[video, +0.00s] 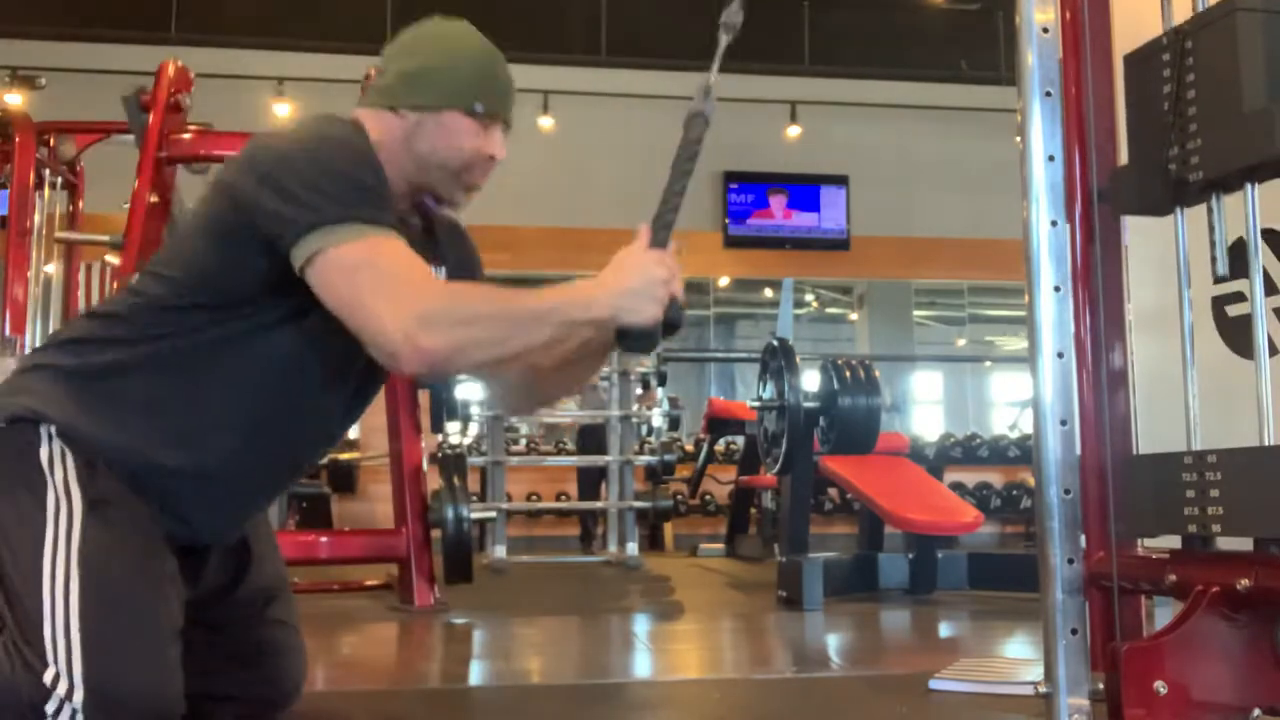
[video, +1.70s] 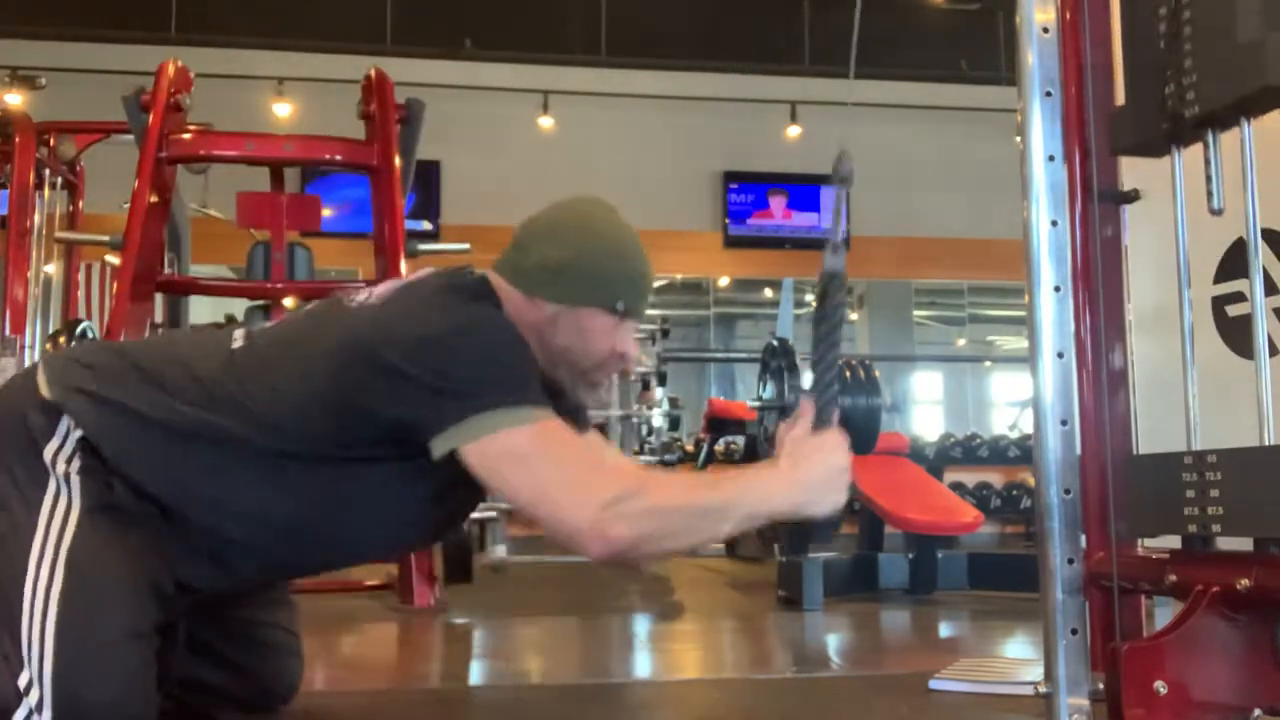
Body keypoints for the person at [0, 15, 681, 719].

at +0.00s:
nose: (499, 151)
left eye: (503, 129)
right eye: (483, 119)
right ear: (410, 104)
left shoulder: (438, 244)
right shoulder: (310, 159)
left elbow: (514, 389)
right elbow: (413, 329)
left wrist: (610, 331)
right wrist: (597, 298)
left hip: (207, 491)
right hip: (78, 448)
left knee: (259, 683)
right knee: (112, 696)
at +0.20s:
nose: (522, 238)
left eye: (531, 216)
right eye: (512, 208)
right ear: (454, 181)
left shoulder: (456, 303)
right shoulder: (339, 216)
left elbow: (496, 461)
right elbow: (384, 407)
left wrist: (576, 416)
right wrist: (576, 395)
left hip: (203, 509)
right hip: (75, 452)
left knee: (261, 683)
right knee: (85, 698)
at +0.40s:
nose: (536, 334)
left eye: (547, 314)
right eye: (532, 305)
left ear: (496, 294)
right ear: (474, 270)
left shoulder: (455, 361)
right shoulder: (355, 289)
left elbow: (479, 517)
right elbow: (369, 504)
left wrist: (561, 499)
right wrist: (553, 499)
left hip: (189, 504)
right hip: (64, 448)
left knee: (259, 678)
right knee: (91, 694)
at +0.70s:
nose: (544, 442)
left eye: (557, 423)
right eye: (543, 413)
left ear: (488, 372)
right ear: (488, 370)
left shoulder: (448, 432)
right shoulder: (358, 388)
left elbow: (456, 583)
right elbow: (342, 620)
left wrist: (546, 617)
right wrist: (532, 615)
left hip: (170, 510)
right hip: (50, 461)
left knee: (252, 678)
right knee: (82, 703)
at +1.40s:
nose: (600, 440)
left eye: (610, 416)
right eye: (595, 410)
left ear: (543, 395)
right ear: (528, 384)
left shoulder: (496, 441)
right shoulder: (410, 410)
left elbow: (534, 594)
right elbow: (460, 643)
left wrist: (654, 628)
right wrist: (649, 627)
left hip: (170, 497)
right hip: (55, 450)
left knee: (247, 677)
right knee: (80, 697)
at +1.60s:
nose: (630, 379)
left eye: (636, 357)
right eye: (619, 354)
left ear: (554, 339)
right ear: (545, 337)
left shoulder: (521, 396)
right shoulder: (447, 367)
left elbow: (591, 541)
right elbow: (555, 575)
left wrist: (737, 537)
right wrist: (737, 549)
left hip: (206, 502)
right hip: (82, 447)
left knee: (250, 679)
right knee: (83, 696)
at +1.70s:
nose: (635, 347)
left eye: (638, 323)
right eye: (623, 319)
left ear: (566, 309)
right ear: (549, 301)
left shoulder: (521, 369)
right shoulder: (457, 329)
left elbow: (608, 500)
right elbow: (605, 519)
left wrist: (755, 488)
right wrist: (778, 487)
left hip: (196, 498)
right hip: (84, 445)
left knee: (253, 674)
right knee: (81, 694)